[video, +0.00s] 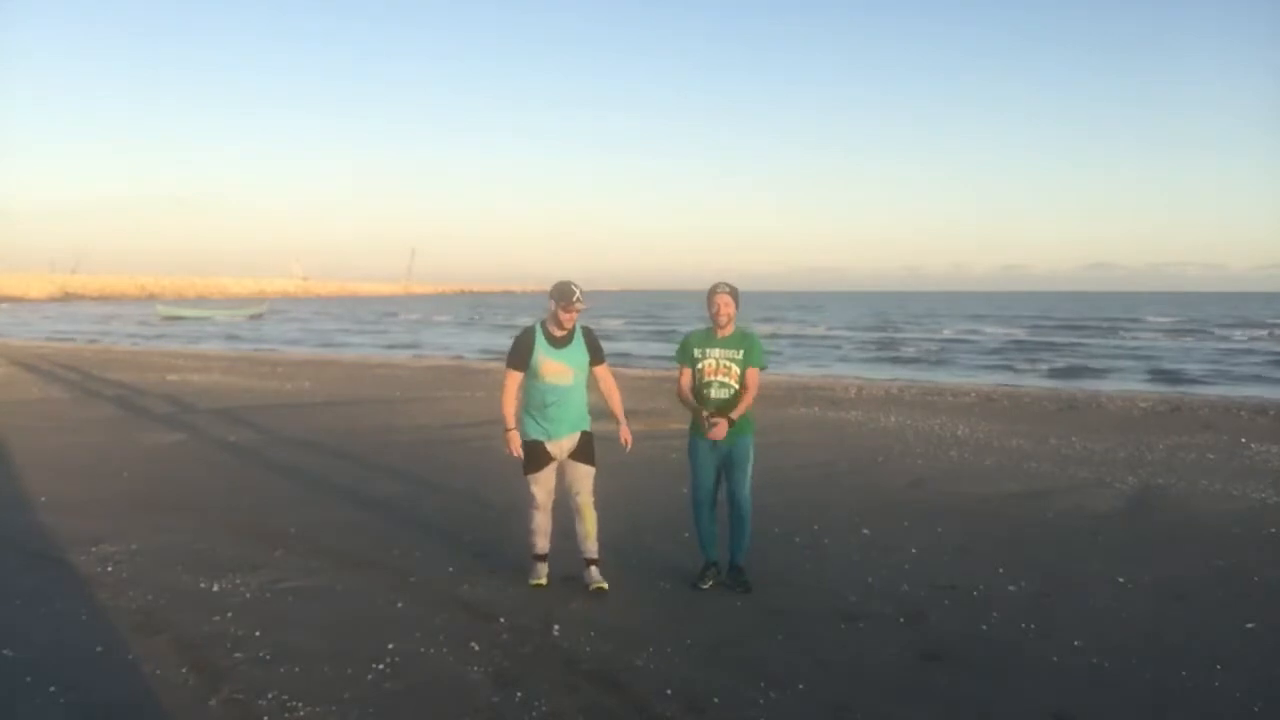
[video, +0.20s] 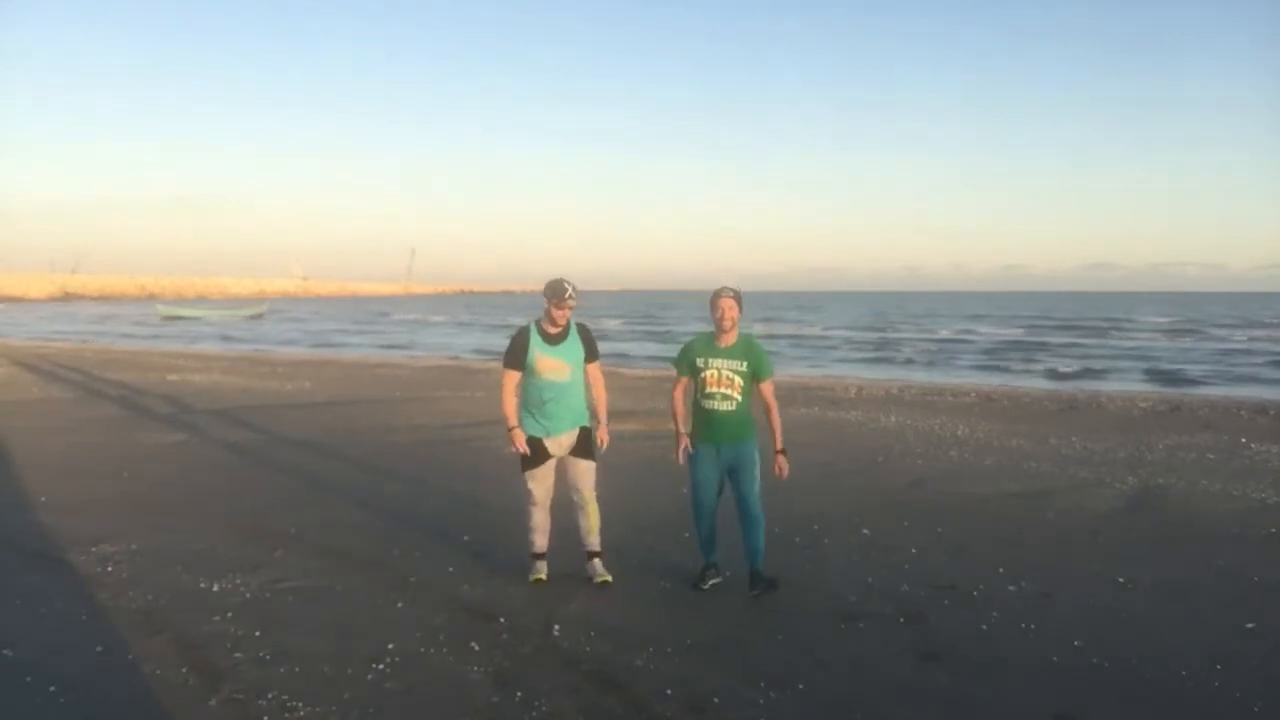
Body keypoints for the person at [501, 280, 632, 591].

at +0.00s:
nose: (571, 315)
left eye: (576, 309)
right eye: (565, 309)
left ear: (580, 309)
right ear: (552, 305)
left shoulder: (586, 339)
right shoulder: (529, 338)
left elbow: (606, 380)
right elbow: (510, 387)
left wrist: (622, 421)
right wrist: (510, 429)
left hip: (578, 432)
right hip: (538, 434)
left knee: (584, 500)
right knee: (540, 501)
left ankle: (592, 566)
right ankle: (540, 562)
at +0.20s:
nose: (563, 313)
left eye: (568, 308)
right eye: (558, 307)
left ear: (574, 307)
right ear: (546, 304)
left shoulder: (581, 335)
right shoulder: (524, 339)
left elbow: (596, 379)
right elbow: (509, 387)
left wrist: (602, 420)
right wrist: (513, 427)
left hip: (579, 430)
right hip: (537, 434)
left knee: (586, 496)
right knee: (538, 499)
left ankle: (594, 559)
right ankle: (539, 560)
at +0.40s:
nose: (564, 311)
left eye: (569, 306)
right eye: (559, 305)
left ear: (575, 306)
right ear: (547, 303)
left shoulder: (584, 334)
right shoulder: (527, 339)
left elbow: (600, 376)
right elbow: (509, 386)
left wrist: (605, 417)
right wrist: (506, 430)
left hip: (583, 429)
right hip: (542, 433)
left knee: (594, 494)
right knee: (542, 498)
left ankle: (607, 556)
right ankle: (540, 560)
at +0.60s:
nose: (573, 308)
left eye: (578, 302)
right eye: (567, 302)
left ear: (585, 303)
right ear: (558, 303)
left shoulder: (600, 335)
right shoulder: (542, 339)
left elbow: (618, 379)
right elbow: (523, 385)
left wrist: (628, 422)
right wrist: (513, 430)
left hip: (596, 432)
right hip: (554, 433)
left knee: (604, 497)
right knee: (549, 499)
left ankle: (612, 558)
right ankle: (541, 559)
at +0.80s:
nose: (589, 307)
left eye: (594, 301)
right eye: (583, 301)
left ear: (601, 302)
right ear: (574, 302)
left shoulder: (617, 335)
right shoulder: (559, 339)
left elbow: (633, 383)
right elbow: (547, 387)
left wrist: (642, 424)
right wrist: (542, 432)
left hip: (612, 430)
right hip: (571, 431)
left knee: (615, 498)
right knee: (562, 498)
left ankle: (615, 559)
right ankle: (549, 558)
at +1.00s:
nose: (595, 305)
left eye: (601, 300)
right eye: (590, 299)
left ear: (608, 301)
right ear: (581, 301)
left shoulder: (623, 332)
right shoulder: (565, 335)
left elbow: (632, 379)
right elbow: (564, 384)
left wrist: (612, 410)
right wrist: (587, 414)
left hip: (617, 426)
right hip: (578, 427)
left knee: (616, 496)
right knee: (580, 496)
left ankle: (615, 559)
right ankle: (581, 557)